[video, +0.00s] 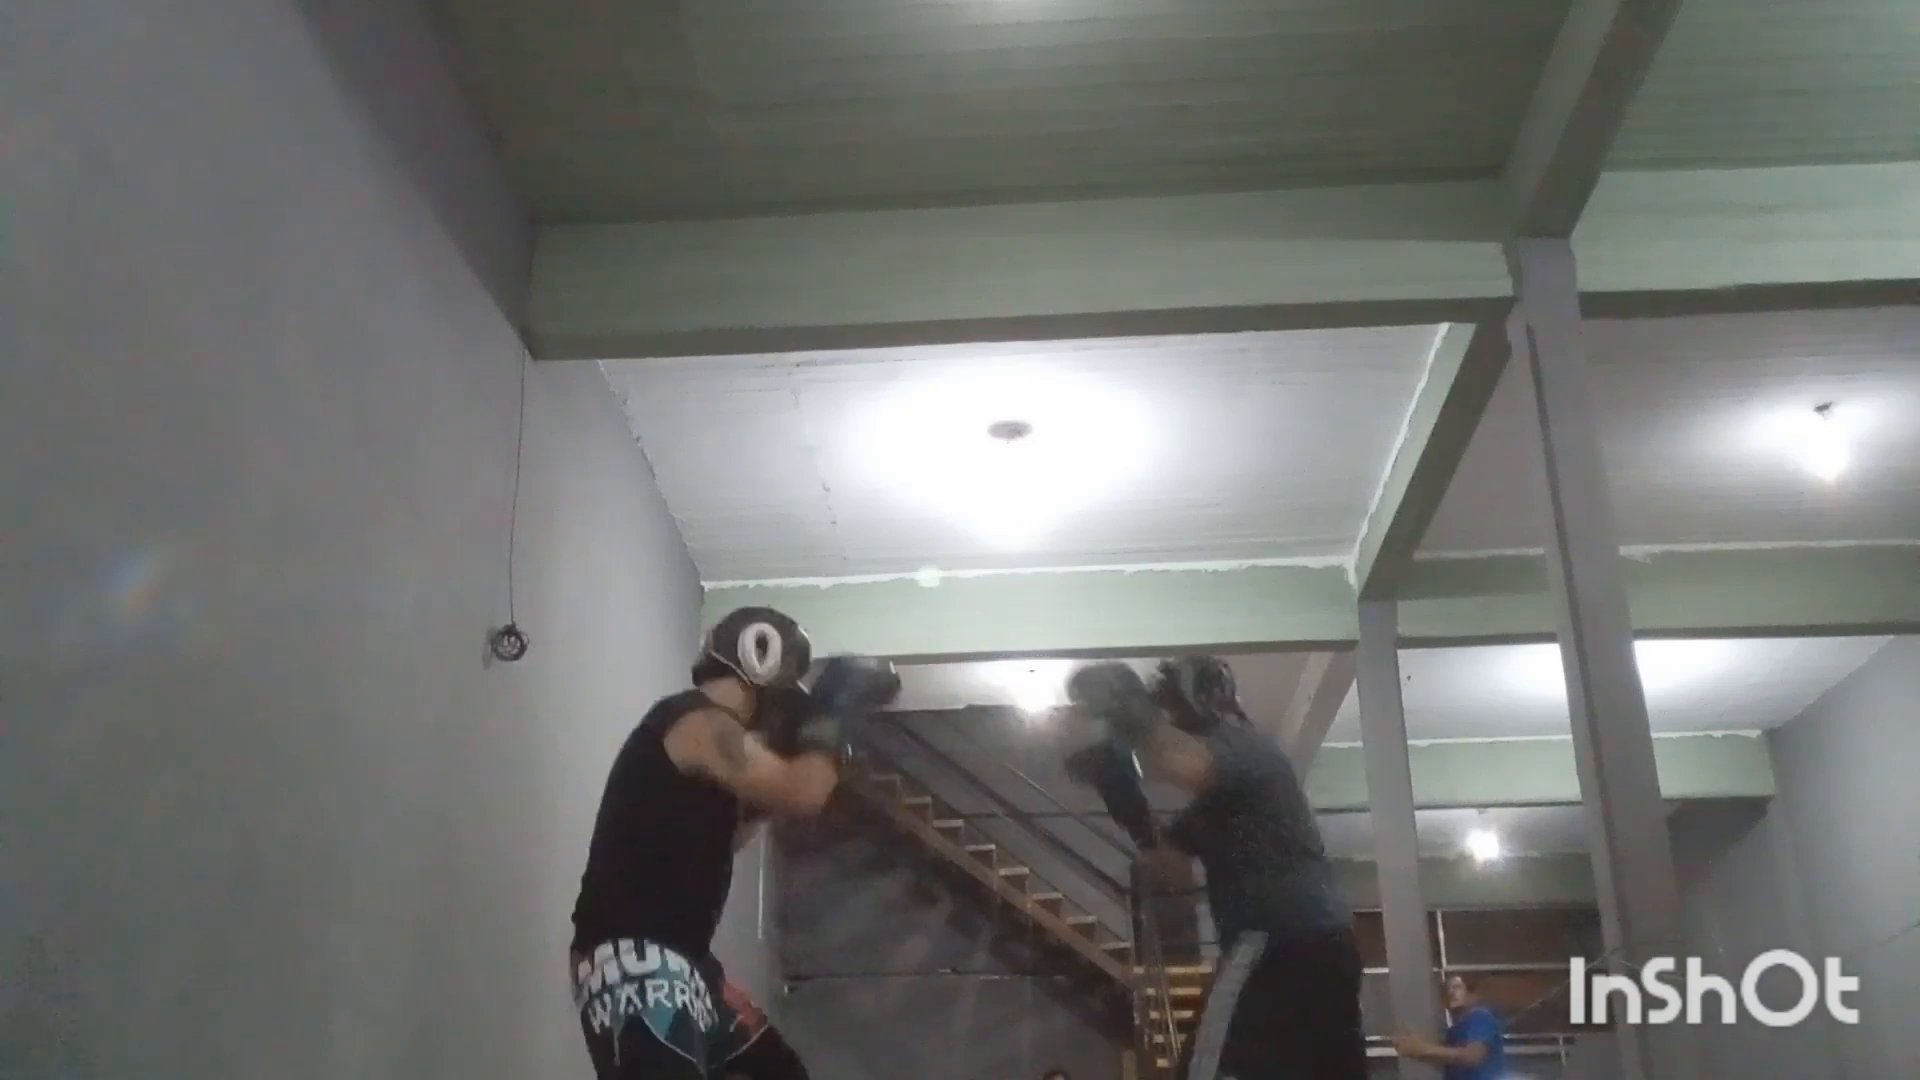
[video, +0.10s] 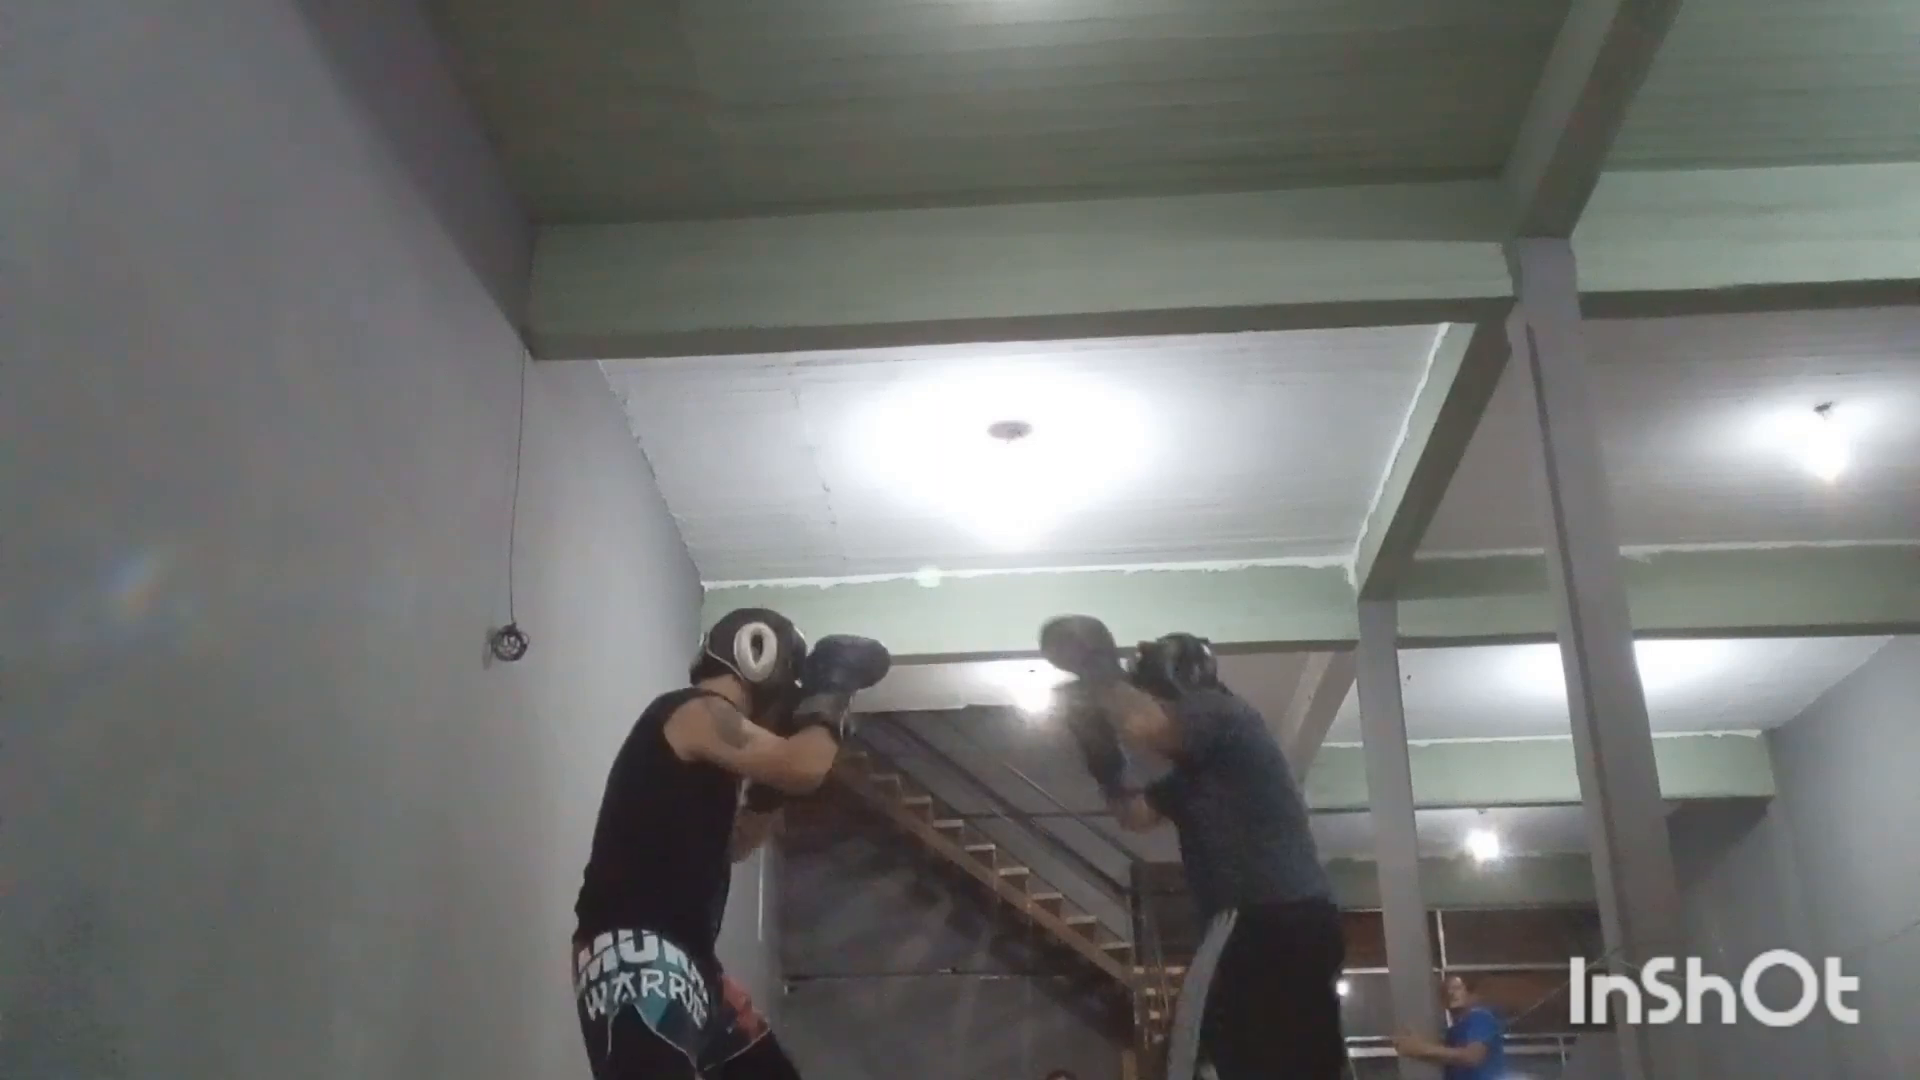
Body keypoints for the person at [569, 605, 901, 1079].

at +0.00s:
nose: (791, 690)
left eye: (793, 679)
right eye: (790, 674)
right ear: (762, 654)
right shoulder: (698, 721)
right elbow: (802, 793)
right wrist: (833, 715)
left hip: (682, 960)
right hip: (637, 958)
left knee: (779, 1070)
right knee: (664, 1068)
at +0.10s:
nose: (788, 692)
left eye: (792, 679)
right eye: (787, 673)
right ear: (757, 652)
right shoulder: (698, 712)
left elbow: (731, 847)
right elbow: (805, 765)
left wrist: (767, 796)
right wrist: (829, 691)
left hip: (685, 958)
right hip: (640, 951)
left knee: (768, 1070)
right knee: (655, 1067)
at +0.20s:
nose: (794, 708)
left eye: (800, 690)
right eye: (795, 684)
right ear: (768, 668)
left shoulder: (718, 767)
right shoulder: (702, 716)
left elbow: (773, 845)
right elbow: (800, 765)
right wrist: (828, 703)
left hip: (686, 962)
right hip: (639, 946)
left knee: (760, 1069)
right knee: (648, 1065)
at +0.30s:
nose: (807, 714)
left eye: (812, 696)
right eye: (807, 688)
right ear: (777, 670)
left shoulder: (738, 771)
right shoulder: (703, 717)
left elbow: (784, 851)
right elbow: (786, 771)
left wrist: (841, 776)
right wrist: (830, 711)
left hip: (701, 963)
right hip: (639, 937)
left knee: (753, 1069)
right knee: (633, 1062)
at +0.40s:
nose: (802, 714)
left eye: (807, 699)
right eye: (801, 691)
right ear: (766, 663)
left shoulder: (732, 766)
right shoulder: (699, 712)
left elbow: (781, 844)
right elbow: (781, 768)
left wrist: (837, 774)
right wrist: (830, 711)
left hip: (690, 957)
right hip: (640, 942)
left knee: (744, 1068)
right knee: (656, 1065)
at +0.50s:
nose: (788, 725)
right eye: (785, 705)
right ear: (750, 682)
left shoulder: (724, 782)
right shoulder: (687, 730)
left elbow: (780, 848)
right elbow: (768, 770)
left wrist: (826, 766)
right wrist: (815, 726)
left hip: (695, 968)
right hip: (638, 958)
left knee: (759, 1071)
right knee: (638, 1068)